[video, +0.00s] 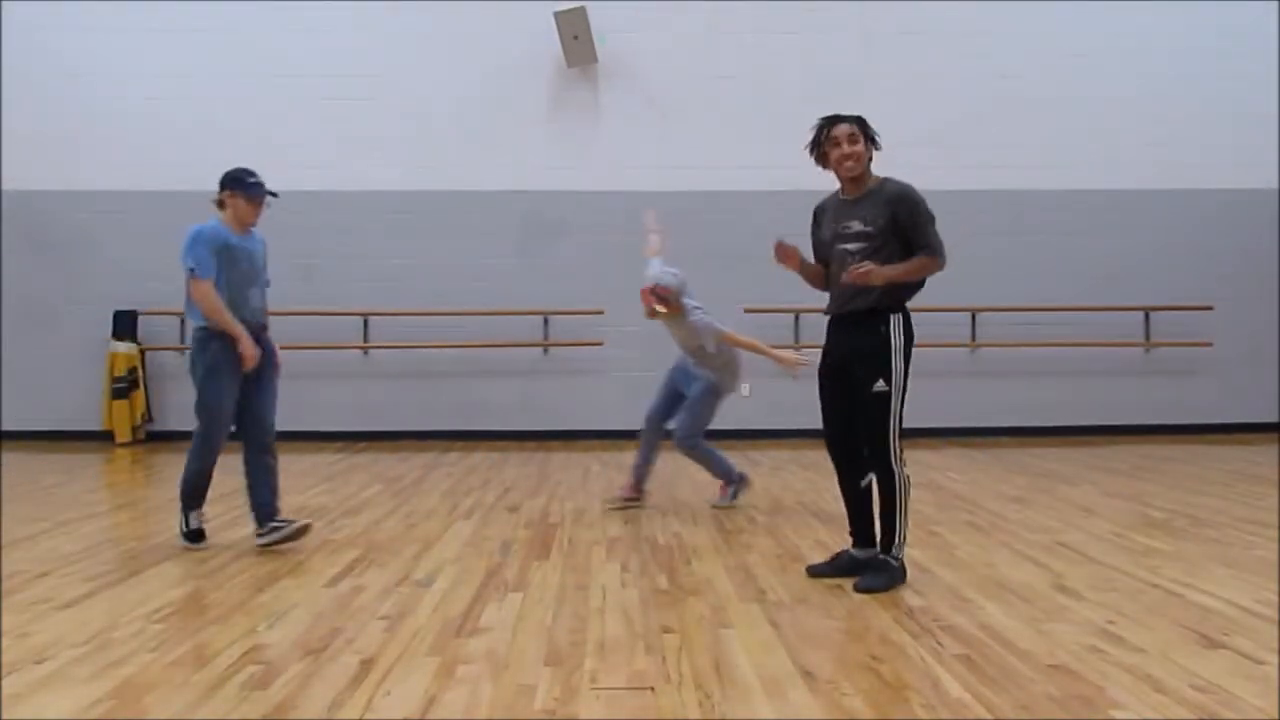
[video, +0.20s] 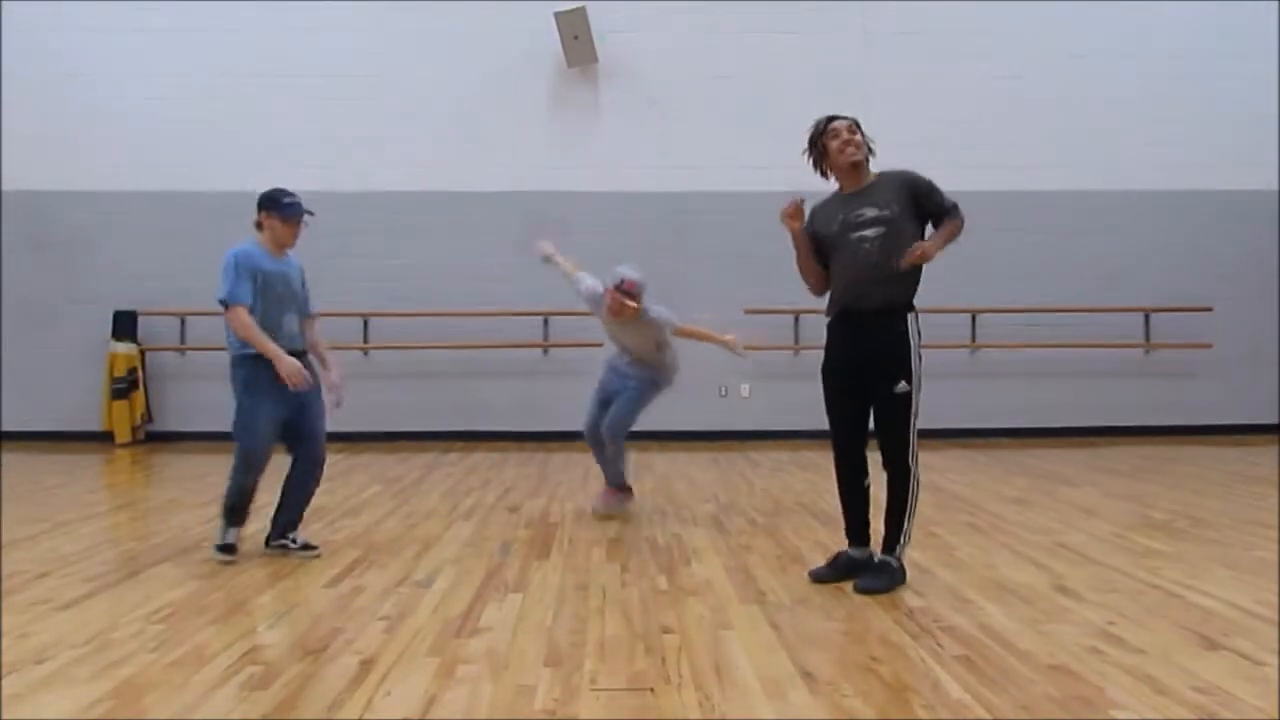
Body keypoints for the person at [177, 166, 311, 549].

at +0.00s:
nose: (259, 209)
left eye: (262, 203)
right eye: (252, 202)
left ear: (260, 203)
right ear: (228, 199)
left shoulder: (257, 244)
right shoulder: (204, 238)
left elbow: (257, 300)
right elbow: (201, 292)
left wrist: (266, 342)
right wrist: (241, 336)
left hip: (255, 342)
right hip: (216, 344)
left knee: (261, 434)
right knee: (213, 432)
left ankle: (267, 519)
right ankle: (192, 507)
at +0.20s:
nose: (297, 230)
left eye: (299, 223)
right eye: (290, 222)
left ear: (295, 223)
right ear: (265, 220)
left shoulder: (294, 267)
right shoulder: (241, 260)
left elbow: (307, 324)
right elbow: (237, 317)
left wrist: (326, 366)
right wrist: (279, 358)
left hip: (298, 366)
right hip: (257, 366)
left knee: (312, 452)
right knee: (255, 449)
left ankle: (283, 532)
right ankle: (232, 525)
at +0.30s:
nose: (310, 221)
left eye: (312, 214)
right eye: (302, 214)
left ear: (311, 214)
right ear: (278, 211)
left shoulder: (311, 260)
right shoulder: (253, 252)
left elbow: (322, 317)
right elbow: (243, 310)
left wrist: (341, 354)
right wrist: (266, 361)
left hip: (310, 358)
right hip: (272, 358)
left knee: (311, 450)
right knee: (281, 446)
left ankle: (289, 529)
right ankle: (276, 533)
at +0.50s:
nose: (329, 219)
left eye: (332, 211)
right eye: (321, 211)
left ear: (335, 211)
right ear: (297, 208)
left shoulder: (333, 254)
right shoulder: (270, 251)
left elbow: (348, 306)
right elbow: (245, 312)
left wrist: (351, 344)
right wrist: (242, 375)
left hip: (329, 356)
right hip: (291, 356)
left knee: (305, 445)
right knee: (317, 442)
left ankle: (280, 530)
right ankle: (342, 532)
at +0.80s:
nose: (366, 216)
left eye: (370, 208)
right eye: (358, 208)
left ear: (375, 207)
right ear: (334, 205)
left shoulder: (377, 248)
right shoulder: (312, 253)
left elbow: (388, 303)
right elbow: (290, 316)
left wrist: (394, 354)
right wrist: (312, 372)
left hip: (369, 358)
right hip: (333, 358)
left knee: (337, 449)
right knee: (352, 452)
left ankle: (290, 520)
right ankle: (362, 542)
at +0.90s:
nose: (380, 215)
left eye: (385, 207)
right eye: (372, 207)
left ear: (390, 207)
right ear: (349, 204)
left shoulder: (389, 247)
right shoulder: (327, 252)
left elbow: (398, 302)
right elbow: (306, 314)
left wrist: (402, 354)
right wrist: (332, 369)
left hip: (382, 358)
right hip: (347, 358)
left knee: (379, 447)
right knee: (360, 448)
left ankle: (313, 505)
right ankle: (364, 542)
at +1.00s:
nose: (397, 215)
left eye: (402, 207)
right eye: (389, 207)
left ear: (407, 207)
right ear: (366, 202)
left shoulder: (399, 246)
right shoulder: (343, 249)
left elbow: (404, 298)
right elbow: (311, 309)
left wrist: (413, 342)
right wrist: (345, 358)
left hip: (397, 358)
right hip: (361, 360)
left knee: (410, 441)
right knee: (371, 448)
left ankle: (349, 499)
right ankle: (365, 542)